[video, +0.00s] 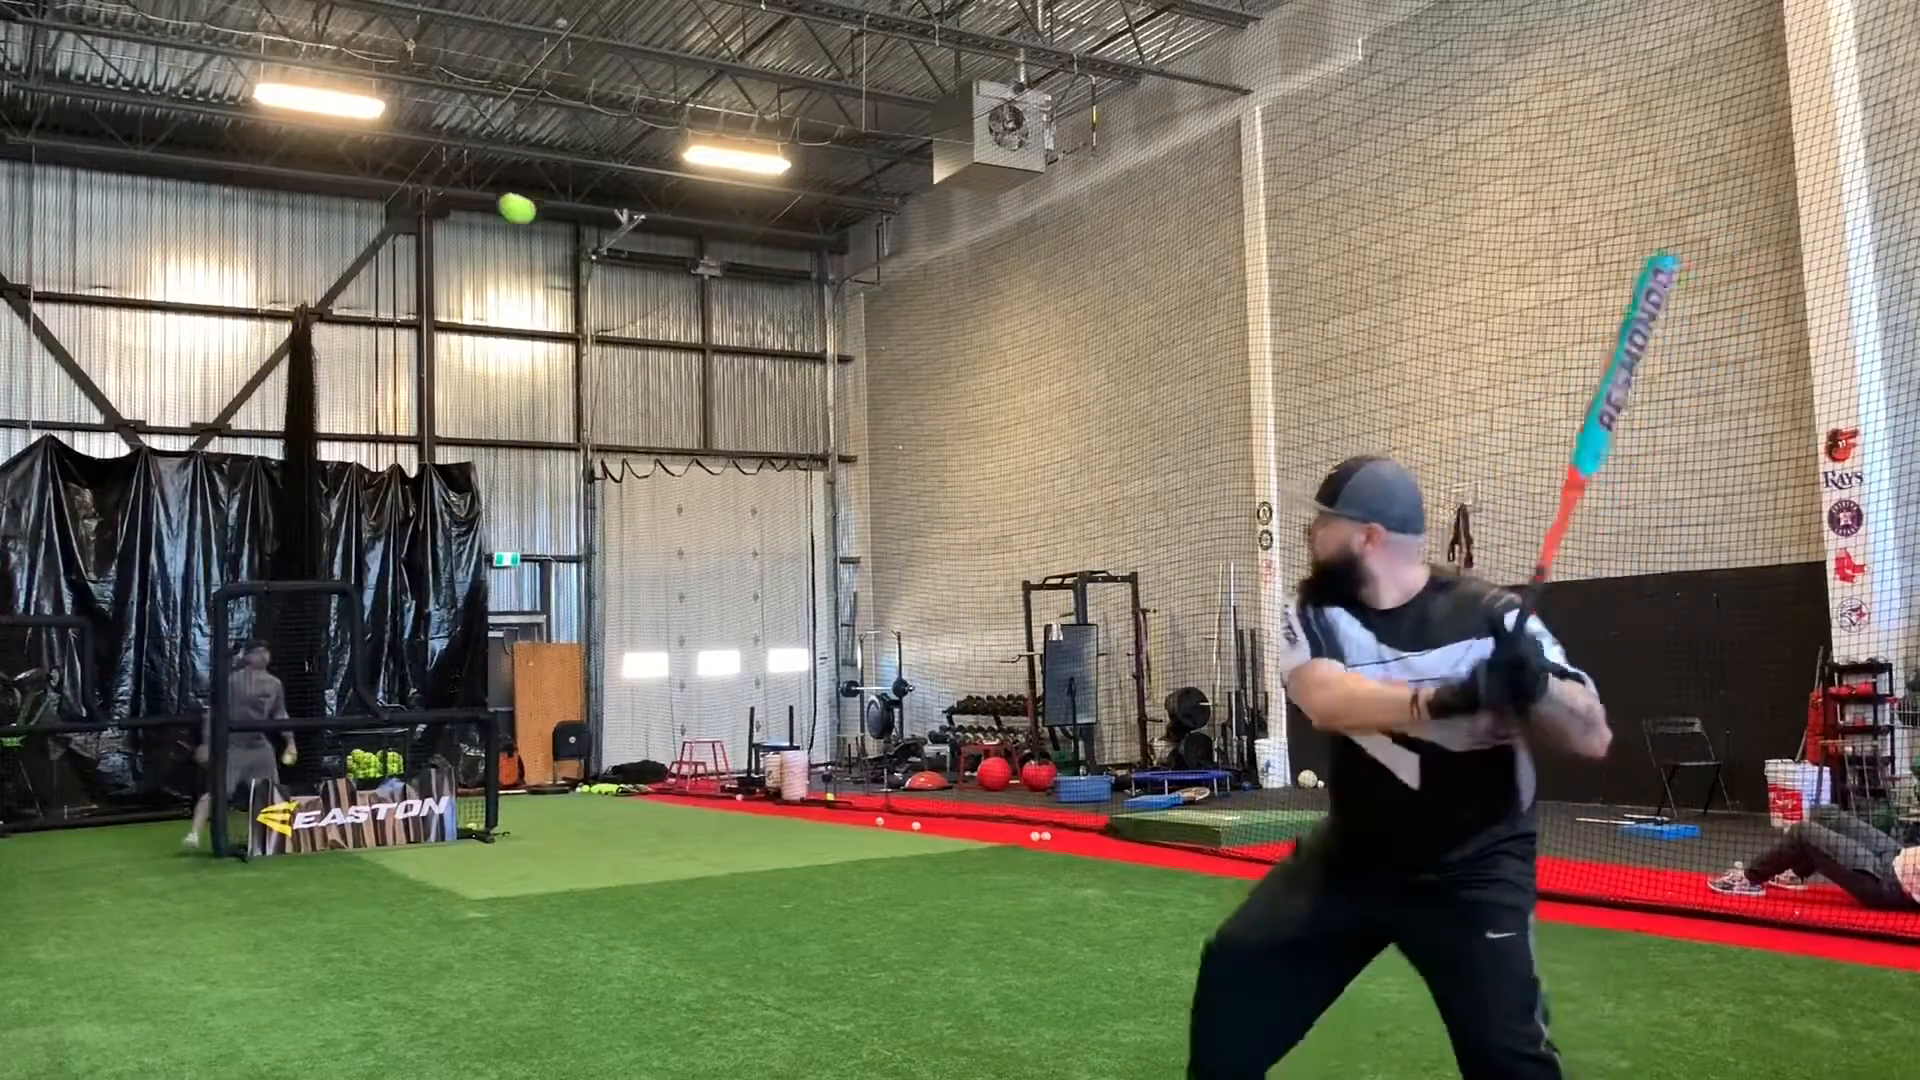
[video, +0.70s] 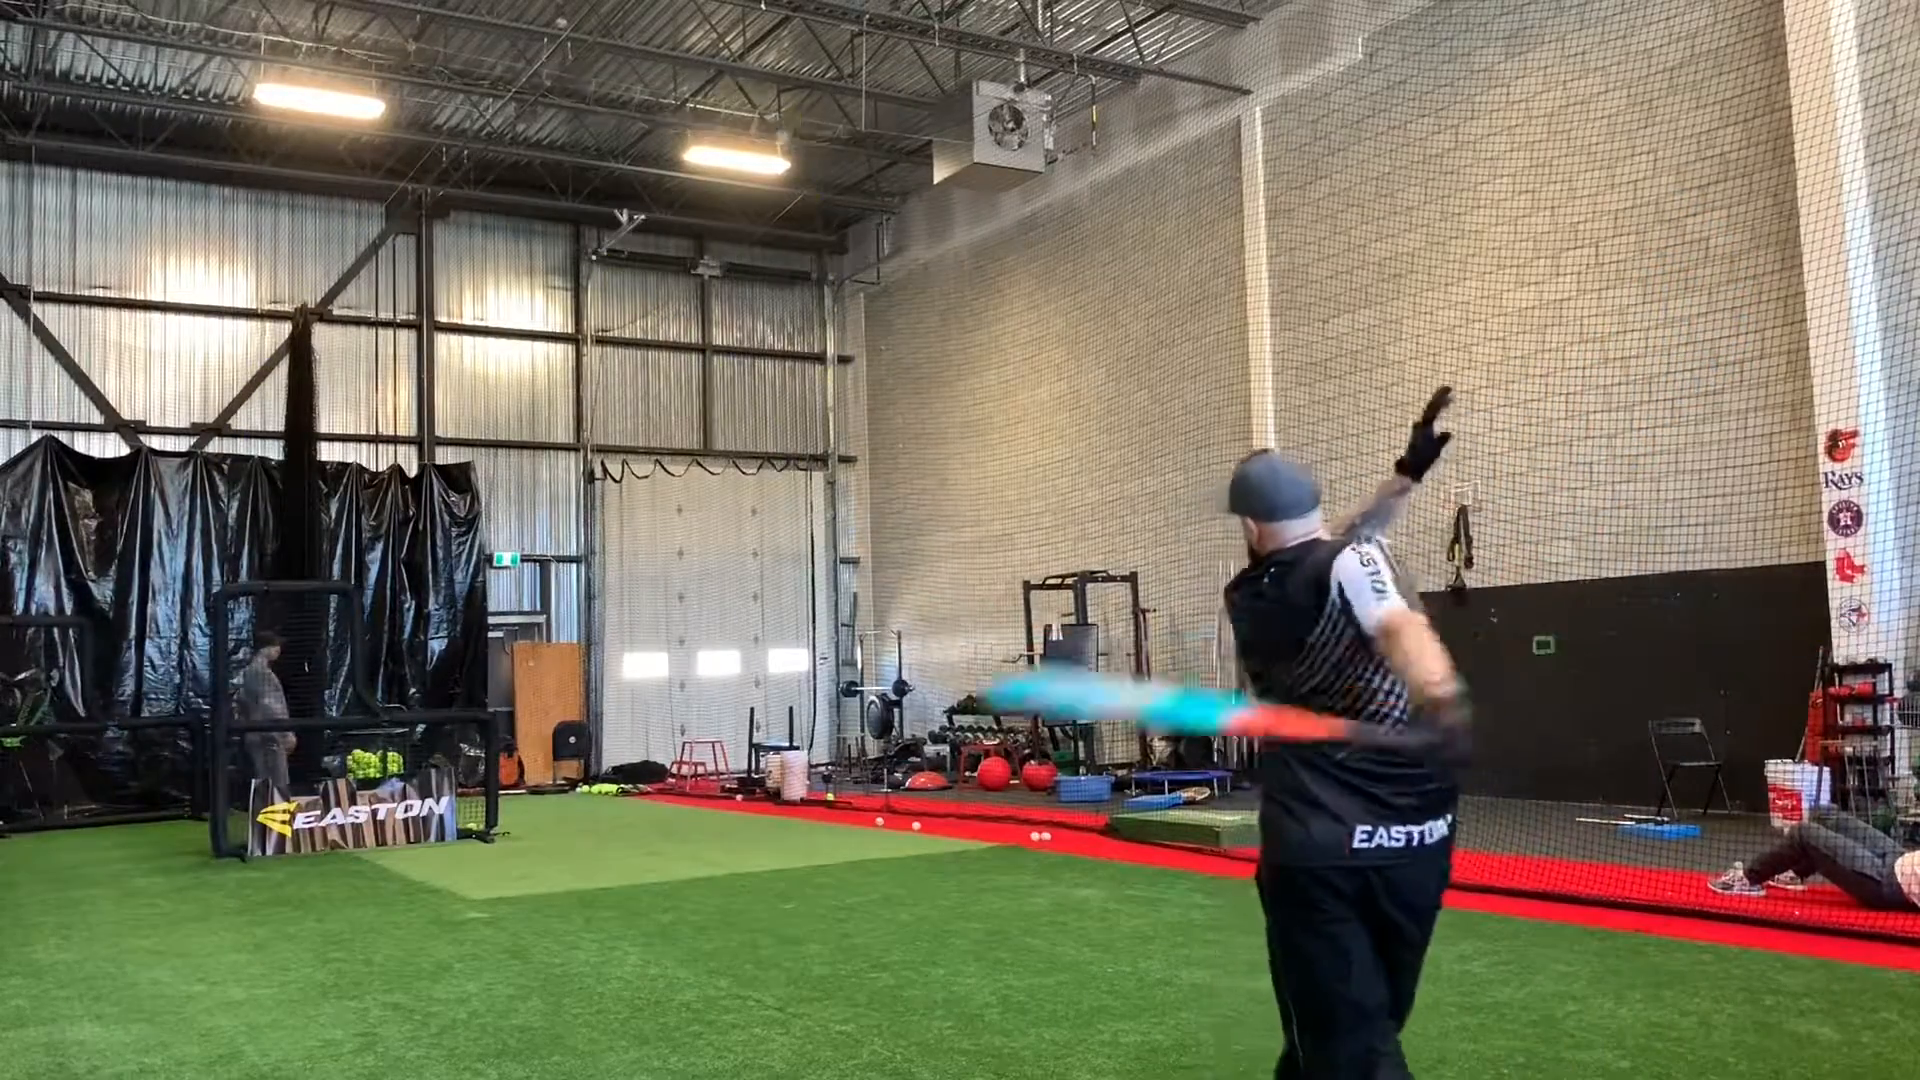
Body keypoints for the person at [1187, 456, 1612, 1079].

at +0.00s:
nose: (1312, 533)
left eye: (1324, 519)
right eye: (1316, 520)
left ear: (1370, 536)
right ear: (1365, 537)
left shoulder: (1491, 613)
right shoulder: (1314, 613)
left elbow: (1592, 737)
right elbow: (1322, 703)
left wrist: (1534, 692)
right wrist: (1443, 700)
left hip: (1472, 871)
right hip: (1350, 859)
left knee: (1505, 1050)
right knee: (1237, 966)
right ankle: (1219, 1074)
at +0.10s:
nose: (1270, 553)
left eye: (1284, 543)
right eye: (1275, 541)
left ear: (1330, 559)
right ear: (1328, 560)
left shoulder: (1442, 642)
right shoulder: (1278, 623)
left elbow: (1539, 741)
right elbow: (1282, 665)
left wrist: (1507, 644)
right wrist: (1417, 627)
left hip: (1419, 887)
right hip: (1320, 879)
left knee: (1443, 1051)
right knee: (1242, 994)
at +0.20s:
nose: (1254, 559)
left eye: (1269, 553)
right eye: (1260, 550)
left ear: (1306, 574)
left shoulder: (1372, 666)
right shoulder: (1257, 627)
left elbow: (1360, 784)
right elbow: (1223, 633)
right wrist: (1312, 616)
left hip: (1360, 898)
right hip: (1296, 891)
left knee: (1343, 1060)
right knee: (1232, 988)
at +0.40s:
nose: (1219, 573)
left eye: (1220, 563)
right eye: (1217, 561)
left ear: (1239, 570)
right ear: (1298, 549)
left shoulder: (1216, 640)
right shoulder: (1376, 592)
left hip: (1286, 874)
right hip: (1383, 868)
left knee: (1260, 1043)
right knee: (1289, 1030)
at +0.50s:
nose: (1198, 558)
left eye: (1198, 550)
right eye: (1196, 547)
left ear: (1212, 559)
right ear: (1279, 533)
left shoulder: (1202, 626)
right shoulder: (1358, 586)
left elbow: (1291, 599)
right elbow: (1482, 634)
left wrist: (1392, 568)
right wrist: (1599, 637)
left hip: (1281, 868)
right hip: (1385, 855)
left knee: (1296, 1040)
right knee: (1305, 1028)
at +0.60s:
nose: (1223, 537)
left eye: (1222, 529)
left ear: (1228, 539)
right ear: (1297, 520)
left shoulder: (1223, 610)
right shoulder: (1351, 580)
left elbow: (1323, 557)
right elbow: (1467, 635)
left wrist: (1407, 504)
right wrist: (1588, 652)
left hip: (1289, 855)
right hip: (1393, 848)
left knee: (1334, 1044)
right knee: (1315, 1038)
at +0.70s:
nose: (1247, 528)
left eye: (1245, 519)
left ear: (1251, 529)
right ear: (1319, 512)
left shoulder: (1248, 600)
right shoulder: (1357, 560)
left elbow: (1342, 537)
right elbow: (1400, 630)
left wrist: (1407, 476)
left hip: (1308, 848)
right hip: (1412, 846)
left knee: (1341, 1040)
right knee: (1361, 1034)